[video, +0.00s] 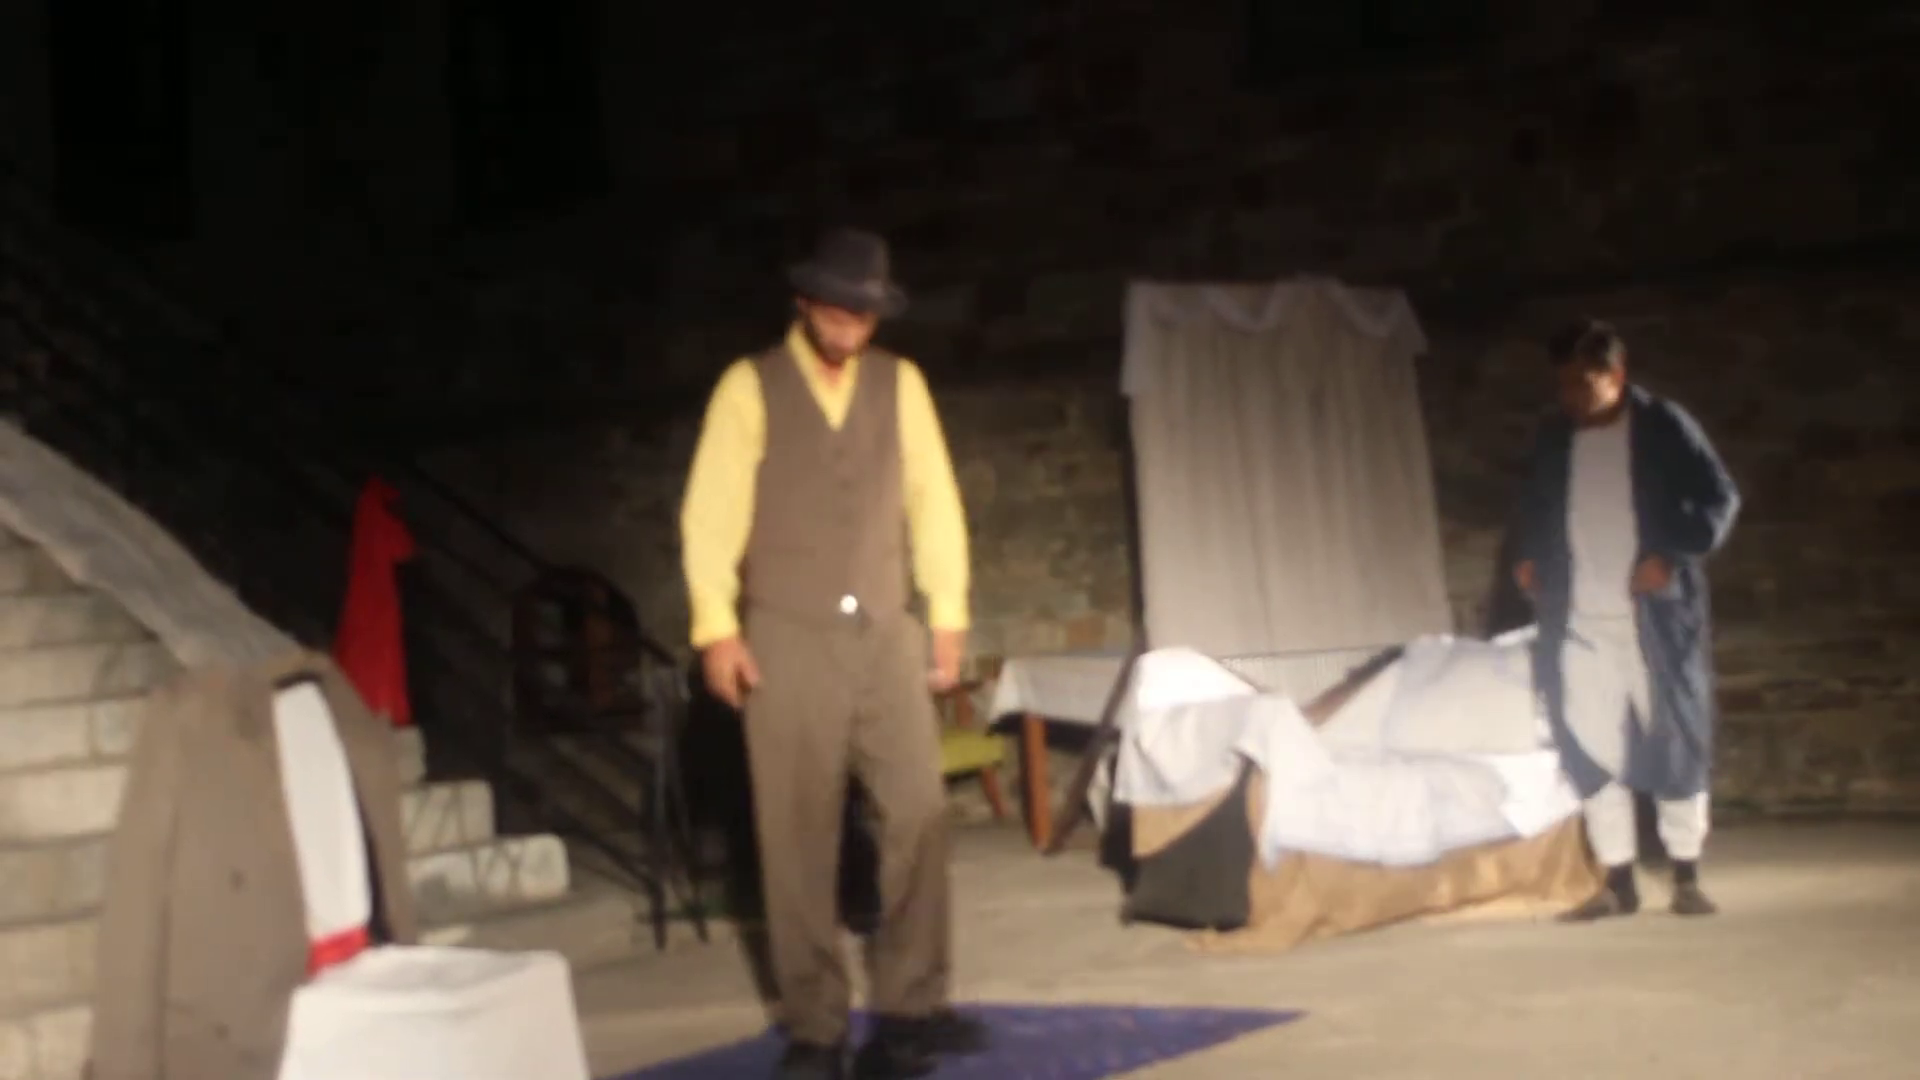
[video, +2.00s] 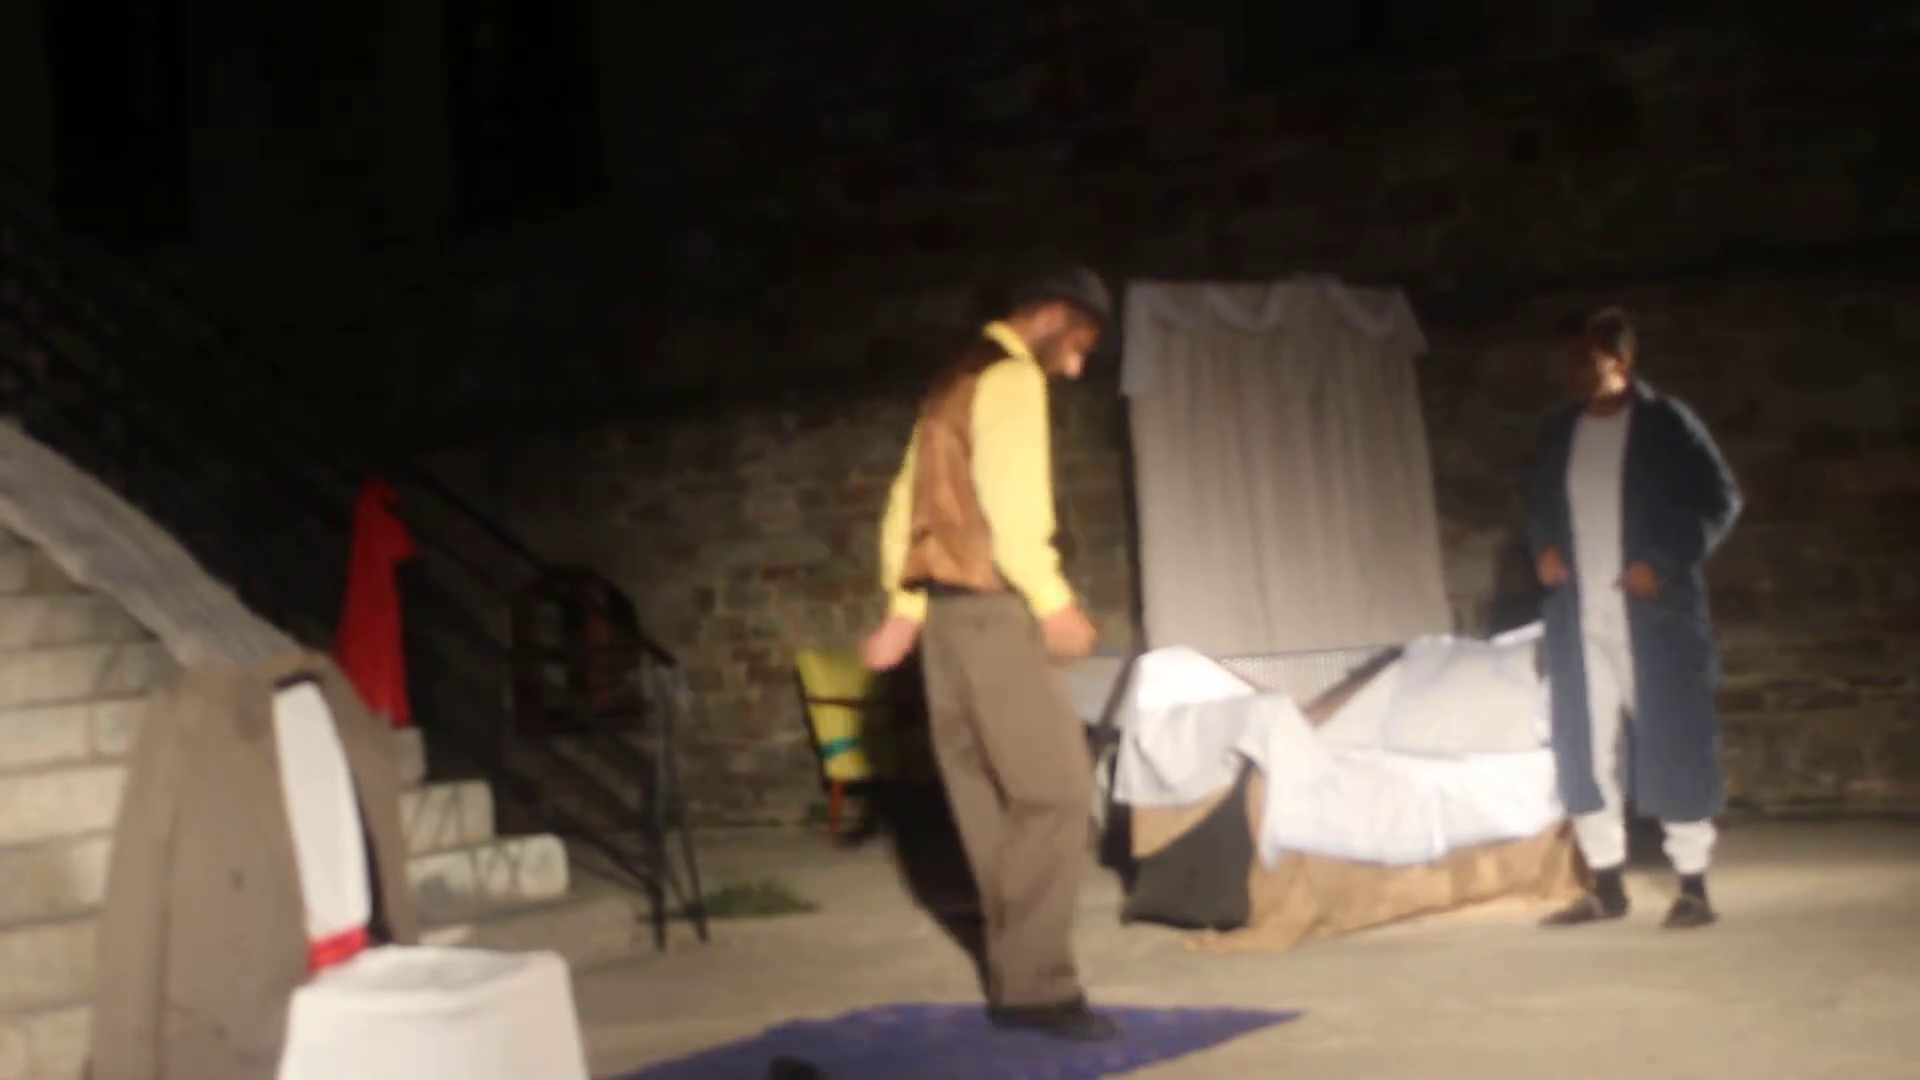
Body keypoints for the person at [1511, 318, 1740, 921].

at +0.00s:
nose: (1581, 394)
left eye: (1591, 381)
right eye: (1571, 383)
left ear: (1619, 373)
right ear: (1559, 383)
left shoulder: (1663, 425)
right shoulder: (1550, 441)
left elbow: (1717, 497)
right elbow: (1528, 512)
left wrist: (1671, 555)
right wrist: (1523, 556)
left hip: (1656, 624)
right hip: (1579, 629)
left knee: (1676, 744)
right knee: (1596, 755)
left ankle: (1685, 878)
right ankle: (1619, 884)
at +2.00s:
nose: (1585, 374)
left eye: (1596, 362)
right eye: (1577, 363)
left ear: (1624, 361)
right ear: (1568, 367)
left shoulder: (1666, 422)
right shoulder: (1555, 433)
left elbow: (1720, 501)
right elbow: (1538, 501)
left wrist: (1665, 564)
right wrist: (1545, 547)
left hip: (1658, 622)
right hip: (1581, 625)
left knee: (1675, 742)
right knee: (1585, 745)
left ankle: (1692, 886)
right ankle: (1606, 886)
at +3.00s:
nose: (1579, 373)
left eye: (1590, 359)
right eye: (1569, 362)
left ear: (1617, 359)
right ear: (1556, 367)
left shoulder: (1655, 426)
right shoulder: (1543, 434)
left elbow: (1705, 506)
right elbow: (1521, 504)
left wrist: (1640, 560)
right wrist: (1538, 545)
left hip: (1642, 618)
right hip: (1567, 619)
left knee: (1660, 741)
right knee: (1579, 740)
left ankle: (1685, 887)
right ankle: (1604, 888)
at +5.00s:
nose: (1539, 380)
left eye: (1551, 368)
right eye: (1534, 369)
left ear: (1584, 367)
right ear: (1526, 371)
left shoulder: (1628, 425)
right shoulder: (1517, 438)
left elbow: (1684, 503)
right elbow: (1489, 505)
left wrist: (1638, 564)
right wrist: (1499, 551)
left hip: (1619, 618)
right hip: (1546, 622)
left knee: (1641, 740)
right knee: (1565, 747)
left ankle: (1676, 883)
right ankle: (1591, 886)